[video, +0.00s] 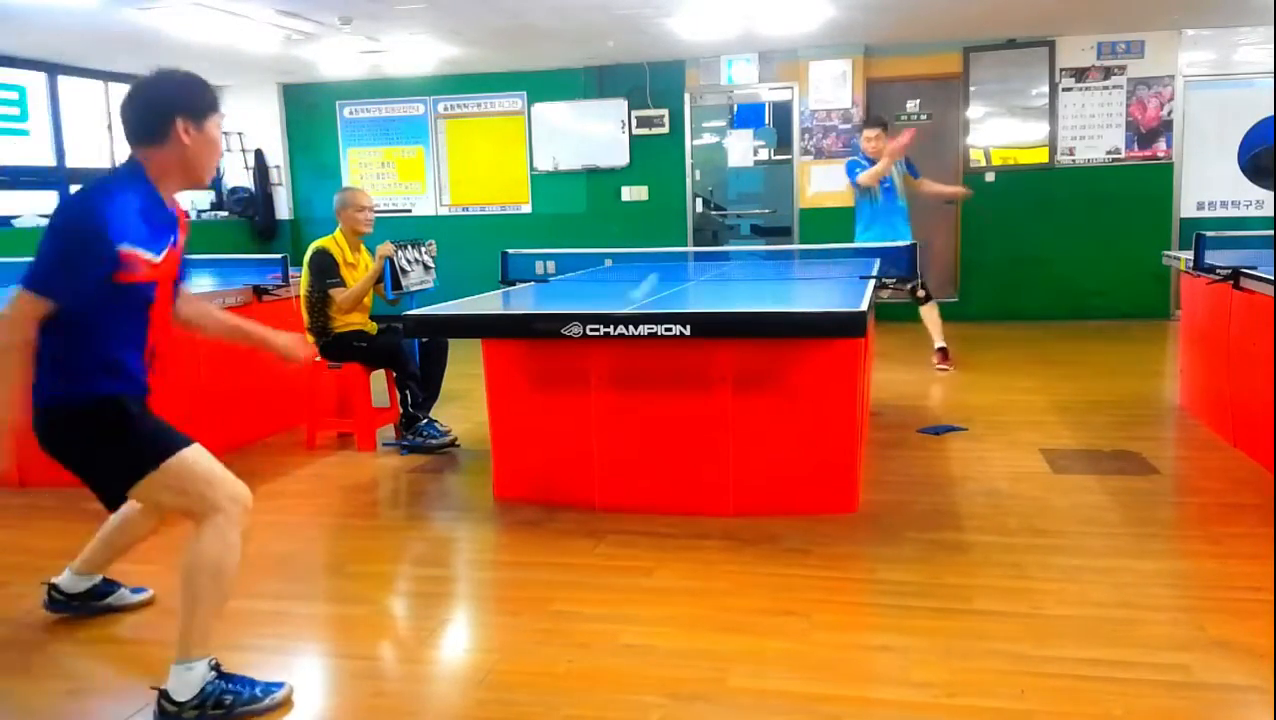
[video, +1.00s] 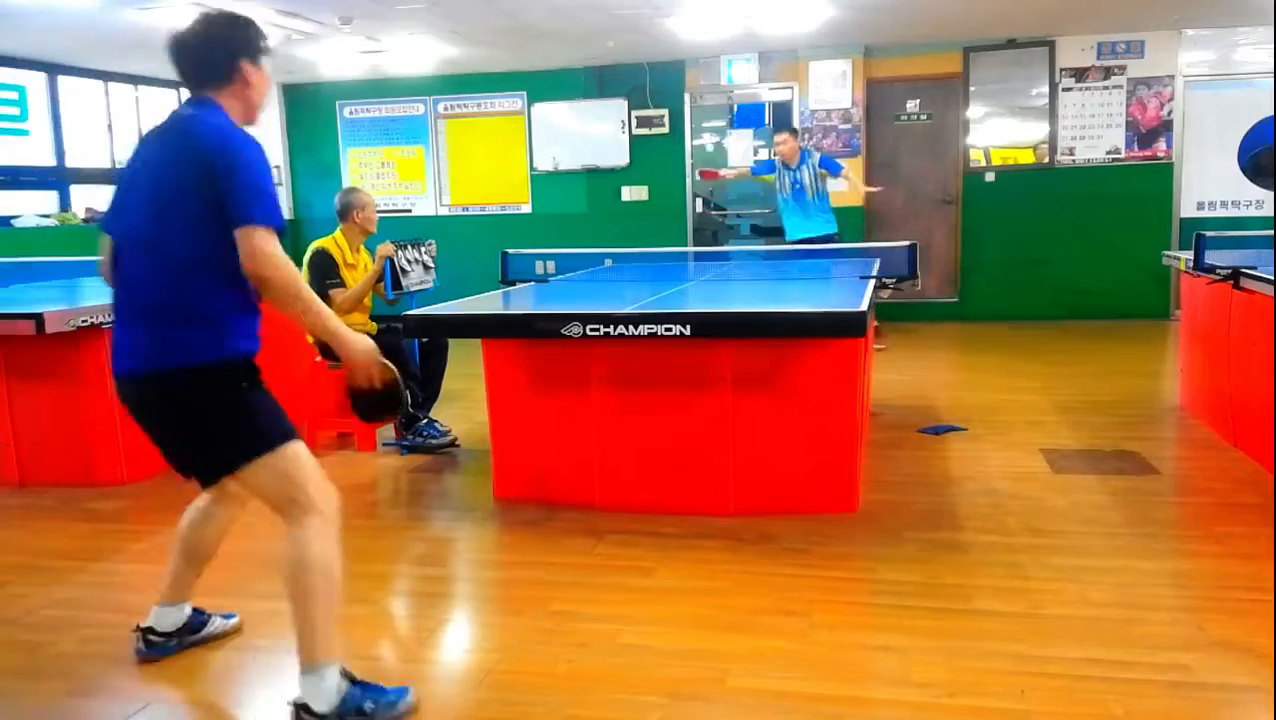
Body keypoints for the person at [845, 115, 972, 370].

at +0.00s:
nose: (872, 145)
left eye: (877, 139)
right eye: (867, 139)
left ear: (887, 139)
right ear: (860, 141)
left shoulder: (899, 160)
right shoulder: (855, 163)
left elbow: (920, 185)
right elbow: (866, 181)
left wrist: (954, 191)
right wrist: (889, 158)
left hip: (901, 241)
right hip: (869, 244)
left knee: (920, 291)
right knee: (863, 298)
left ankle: (940, 348)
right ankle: (858, 353)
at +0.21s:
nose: (856, 136)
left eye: (862, 130)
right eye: (852, 131)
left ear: (873, 131)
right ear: (847, 133)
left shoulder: (888, 156)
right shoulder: (841, 160)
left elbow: (908, 178)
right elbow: (824, 185)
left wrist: (916, 195)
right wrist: (823, 199)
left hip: (881, 235)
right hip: (849, 237)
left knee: (888, 287)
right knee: (852, 286)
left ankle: (893, 334)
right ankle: (856, 334)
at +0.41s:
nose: (840, 143)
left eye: (845, 138)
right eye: (836, 139)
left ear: (857, 138)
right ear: (832, 141)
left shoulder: (873, 164)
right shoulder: (830, 170)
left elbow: (886, 197)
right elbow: (823, 201)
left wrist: (870, 210)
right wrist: (811, 219)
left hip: (868, 236)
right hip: (838, 237)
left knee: (881, 285)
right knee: (836, 283)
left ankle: (892, 335)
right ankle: (840, 334)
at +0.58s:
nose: (802, 165)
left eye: (806, 158)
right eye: (799, 160)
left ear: (821, 157)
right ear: (798, 163)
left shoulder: (842, 176)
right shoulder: (806, 186)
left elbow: (873, 193)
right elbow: (800, 214)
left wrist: (883, 214)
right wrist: (776, 232)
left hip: (853, 251)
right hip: (822, 253)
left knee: (871, 293)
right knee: (820, 297)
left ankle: (892, 337)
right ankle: (824, 344)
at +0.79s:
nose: (781, 166)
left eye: (784, 160)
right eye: (779, 162)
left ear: (800, 157)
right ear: (788, 162)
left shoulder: (825, 174)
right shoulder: (792, 184)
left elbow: (860, 187)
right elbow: (774, 208)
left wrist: (877, 204)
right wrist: (744, 215)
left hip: (842, 250)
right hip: (812, 251)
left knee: (866, 291)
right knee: (810, 296)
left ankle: (892, 336)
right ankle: (814, 344)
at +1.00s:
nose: (778, 149)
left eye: (782, 143)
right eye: (776, 145)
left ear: (796, 142)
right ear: (775, 147)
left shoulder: (814, 158)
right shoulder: (776, 164)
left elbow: (843, 171)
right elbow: (751, 171)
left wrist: (862, 187)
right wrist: (730, 173)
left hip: (824, 233)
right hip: (796, 236)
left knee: (834, 279)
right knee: (799, 281)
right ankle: (803, 322)